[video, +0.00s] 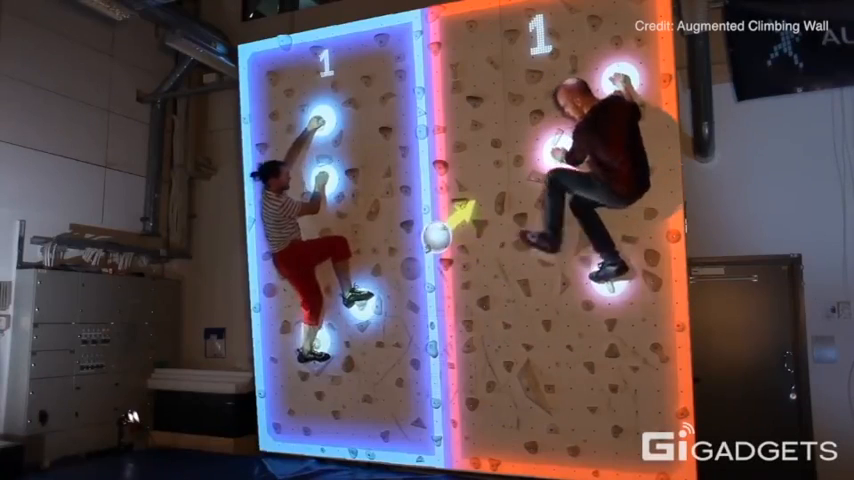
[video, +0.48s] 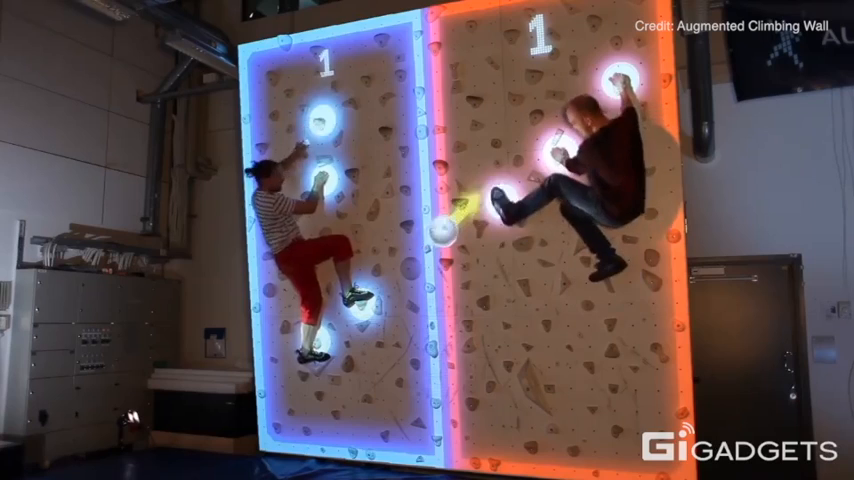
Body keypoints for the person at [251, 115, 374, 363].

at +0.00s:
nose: (288, 178)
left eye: (287, 174)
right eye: (284, 176)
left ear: (272, 180)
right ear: (273, 180)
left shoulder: (269, 194)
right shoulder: (280, 203)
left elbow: (291, 158)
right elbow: (314, 208)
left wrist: (309, 131)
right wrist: (321, 187)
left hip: (284, 258)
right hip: (294, 254)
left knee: (313, 300)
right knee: (337, 244)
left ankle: (307, 350)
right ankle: (348, 292)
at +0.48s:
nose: (282, 178)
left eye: (281, 174)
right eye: (278, 175)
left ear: (264, 179)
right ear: (267, 180)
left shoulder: (258, 196)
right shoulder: (274, 201)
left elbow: (277, 171)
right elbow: (310, 207)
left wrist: (293, 156)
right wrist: (319, 186)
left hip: (285, 256)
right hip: (294, 252)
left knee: (312, 299)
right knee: (339, 243)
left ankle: (306, 350)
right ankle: (348, 291)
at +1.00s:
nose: (280, 182)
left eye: (279, 178)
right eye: (277, 179)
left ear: (263, 184)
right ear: (266, 184)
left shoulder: (259, 198)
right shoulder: (274, 204)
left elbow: (281, 173)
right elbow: (310, 208)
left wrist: (301, 171)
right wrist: (318, 184)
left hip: (285, 259)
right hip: (295, 253)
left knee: (314, 301)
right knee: (339, 243)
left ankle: (306, 350)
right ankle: (348, 293)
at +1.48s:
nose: (299, 174)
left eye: (297, 171)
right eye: (295, 173)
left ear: (284, 180)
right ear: (284, 180)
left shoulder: (290, 188)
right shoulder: (286, 199)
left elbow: (323, 170)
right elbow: (315, 207)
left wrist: (359, 165)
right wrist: (319, 184)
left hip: (286, 249)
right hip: (292, 248)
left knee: (301, 299)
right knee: (337, 243)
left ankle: (304, 351)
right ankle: (348, 292)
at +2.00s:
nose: (305, 158)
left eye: (303, 155)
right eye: (301, 156)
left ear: (290, 165)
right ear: (295, 165)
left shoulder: (289, 176)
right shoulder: (296, 186)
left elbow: (313, 142)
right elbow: (320, 208)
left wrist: (329, 108)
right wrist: (320, 186)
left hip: (287, 242)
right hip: (300, 238)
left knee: (301, 294)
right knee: (345, 243)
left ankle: (305, 346)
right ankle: (349, 291)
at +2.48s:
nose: (300, 160)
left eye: (297, 158)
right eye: (296, 159)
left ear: (285, 169)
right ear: (288, 169)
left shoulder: (285, 177)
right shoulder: (292, 189)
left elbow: (310, 144)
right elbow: (316, 209)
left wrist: (329, 112)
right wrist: (319, 185)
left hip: (287, 243)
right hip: (297, 240)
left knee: (300, 294)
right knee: (343, 242)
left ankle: (305, 347)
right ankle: (348, 292)